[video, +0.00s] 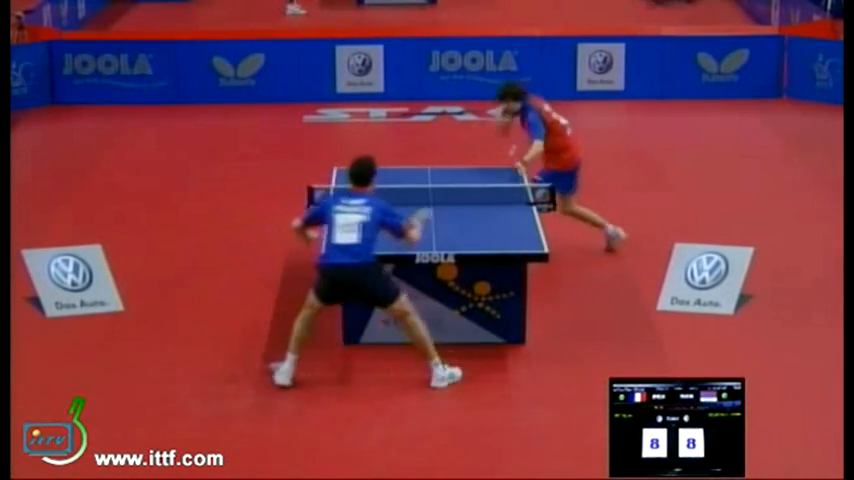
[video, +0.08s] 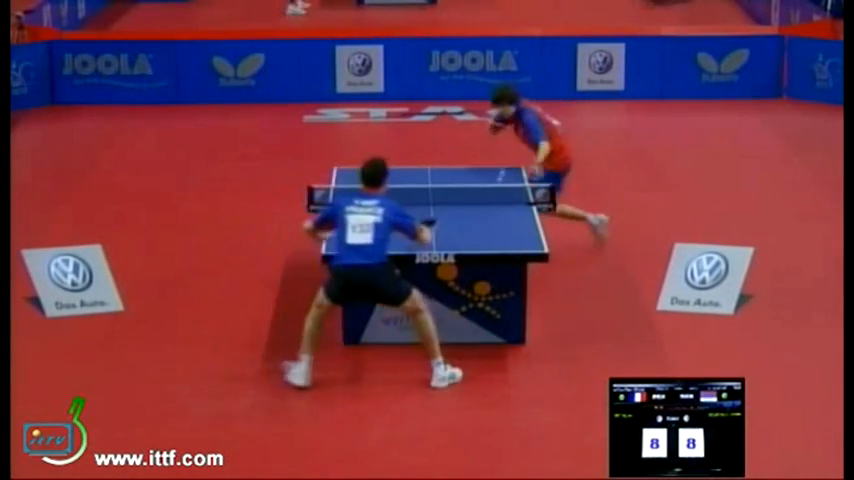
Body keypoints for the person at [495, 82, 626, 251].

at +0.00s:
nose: (505, 108)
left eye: (506, 104)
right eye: (503, 104)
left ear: (515, 101)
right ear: (519, 98)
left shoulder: (531, 113)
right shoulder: (531, 102)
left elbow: (539, 144)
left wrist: (524, 162)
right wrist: (507, 117)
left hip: (565, 164)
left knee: (566, 207)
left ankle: (609, 229)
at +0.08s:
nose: (497, 112)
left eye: (499, 108)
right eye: (497, 108)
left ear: (509, 106)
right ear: (508, 106)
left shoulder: (527, 116)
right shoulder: (514, 112)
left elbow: (544, 144)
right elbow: (494, 130)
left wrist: (537, 164)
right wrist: (497, 120)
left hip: (557, 161)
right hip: (547, 159)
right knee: (534, 199)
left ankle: (592, 219)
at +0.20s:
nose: (493, 113)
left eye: (495, 109)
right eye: (491, 109)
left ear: (503, 106)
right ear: (490, 108)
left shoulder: (523, 117)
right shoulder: (498, 116)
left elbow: (549, 139)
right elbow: (484, 127)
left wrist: (553, 161)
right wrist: (487, 135)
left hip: (543, 161)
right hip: (528, 159)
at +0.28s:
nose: (489, 110)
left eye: (492, 106)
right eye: (487, 107)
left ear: (501, 105)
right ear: (485, 107)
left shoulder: (519, 116)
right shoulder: (490, 115)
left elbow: (548, 134)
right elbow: (474, 128)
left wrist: (558, 157)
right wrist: (481, 138)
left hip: (533, 163)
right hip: (513, 161)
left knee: (522, 198)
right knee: (494, 186)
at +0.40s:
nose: (483, 103)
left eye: (486, 100)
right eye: (480, 100)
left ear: (493, 98)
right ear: (476, 99)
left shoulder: (508, 109)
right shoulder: (476, 108)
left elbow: (538, 125)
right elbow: (459, 126)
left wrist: (555, 148)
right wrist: (472, 136)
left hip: (517, 156)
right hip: (496, 155)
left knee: (516, 191)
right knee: (479, 181)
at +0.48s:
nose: (479, 98)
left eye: (482, 94)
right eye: (476, 94)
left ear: (488, 92)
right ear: (471, 94)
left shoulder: (501, 104)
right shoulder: (469, 105)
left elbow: (528, 119)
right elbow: (449, 122)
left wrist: (544, 140)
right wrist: (461, 134)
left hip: (503, 155)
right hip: (481, 154)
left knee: (504, 191)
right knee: (468, 186)